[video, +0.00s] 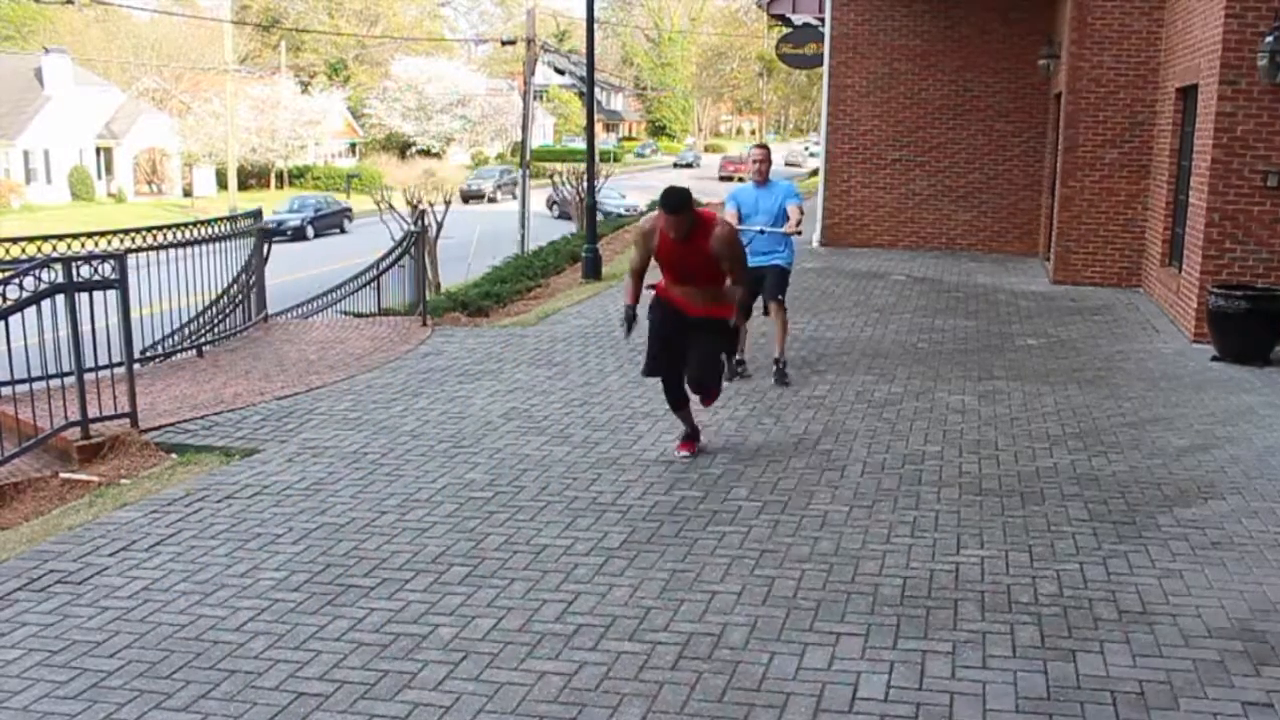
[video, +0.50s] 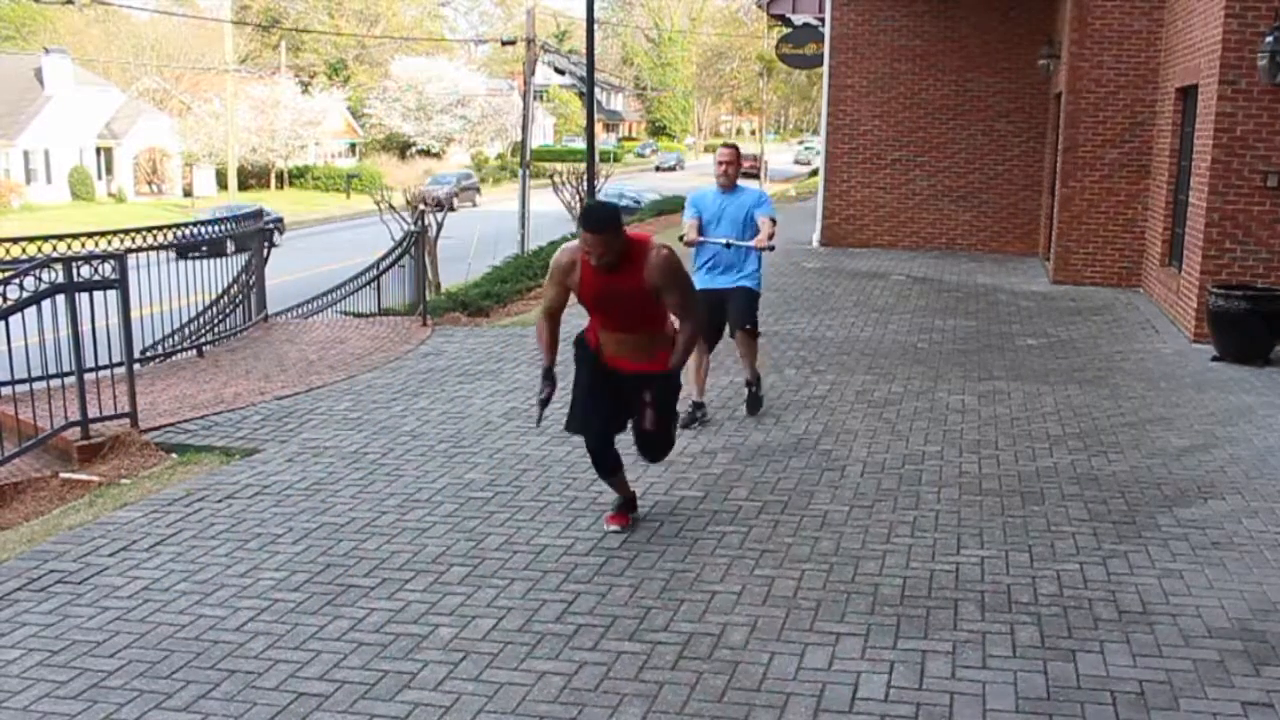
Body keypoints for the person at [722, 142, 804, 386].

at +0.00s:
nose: (758, 166)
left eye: (763, 162)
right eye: (754, 162)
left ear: (770, 164)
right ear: (747, 164)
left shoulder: (785, 189)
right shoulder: (737, 194)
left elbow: (795, 209)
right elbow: (730, 218)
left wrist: (793, 222)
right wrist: (733, 229)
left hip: (777, 256)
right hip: (747, 257)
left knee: (775, 301)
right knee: (740, 309)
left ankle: (779, 359)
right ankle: (738, 357)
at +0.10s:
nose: (756, 163)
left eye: (761, 158)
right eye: (752, 158)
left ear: (768, 160)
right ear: (745, 160)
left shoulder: (782, 187)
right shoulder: (731, 189)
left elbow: (789, 215)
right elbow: (725, 220)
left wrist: (782, 228)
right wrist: (728, 238)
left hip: (771, 261)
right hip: (741, 261)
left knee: (768, 313)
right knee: (731, 312)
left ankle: (766, 365)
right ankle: (736, 354)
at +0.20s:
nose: (754, 164)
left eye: (759, 159)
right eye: (750, 159)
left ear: (767, 161)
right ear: (743, 161)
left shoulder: (780, 189)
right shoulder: (730, 190)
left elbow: (784, 213)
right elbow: (719, 219)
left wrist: (774, 227)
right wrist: (720, 237)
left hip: (764, 264)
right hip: (734, 263)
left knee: (760, 320)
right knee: (724, 316)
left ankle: (756, 379)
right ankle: (726, 351)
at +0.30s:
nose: (748, 166)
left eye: (753, 161)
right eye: (744, 161)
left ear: (761, 164)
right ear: (736, 164)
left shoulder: (776, 192)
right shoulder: (722, 194)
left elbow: (781, 221)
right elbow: (711, 225)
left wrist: (767, 231)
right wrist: (711, 238)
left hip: (761, 268)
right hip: (726, 267)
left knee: (760, 324)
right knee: (717, 322)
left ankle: (755, 379)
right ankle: (713, 377)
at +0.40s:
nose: (734, 165)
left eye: (740, 161)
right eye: (730, 160)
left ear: (751, 164)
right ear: (726, 162)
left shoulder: (767, 192)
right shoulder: (711, 195)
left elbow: (773, 220)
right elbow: (702, 227)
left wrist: (765, 233)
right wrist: (696, 239)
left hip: (753, 273)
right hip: (717, 272)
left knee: (754, 329)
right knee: (709, 332)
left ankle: (755, 376)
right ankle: (700, 389)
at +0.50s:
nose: (724, 168)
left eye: (729, 163)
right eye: (720, 163)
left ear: (739, 167)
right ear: (714, 166)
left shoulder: (756, 198)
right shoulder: (698, 198)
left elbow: (767, 223)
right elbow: (691, 224)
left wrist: (763, 235)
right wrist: (691, 235)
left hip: (743, 277)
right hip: (707, 278)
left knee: (743, 329)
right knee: (701, 340)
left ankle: (752, 379)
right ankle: (697, 402)